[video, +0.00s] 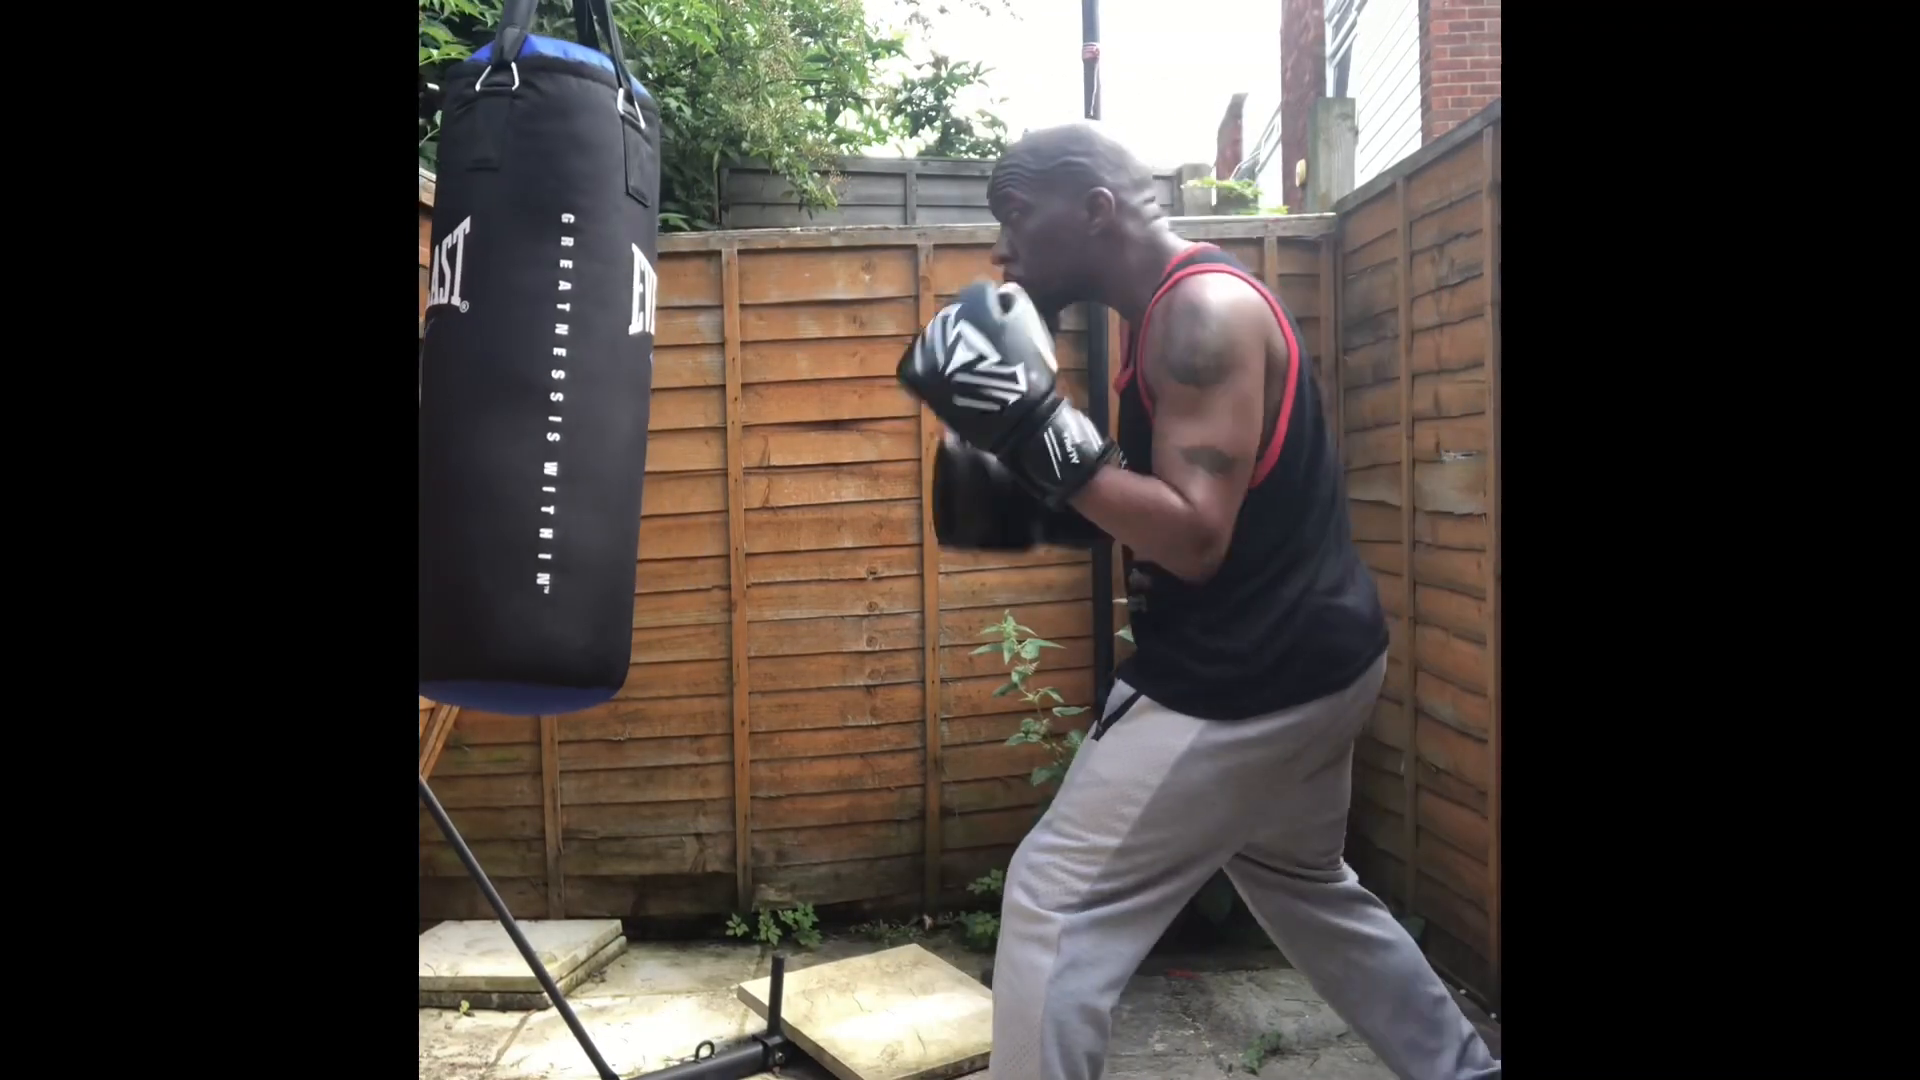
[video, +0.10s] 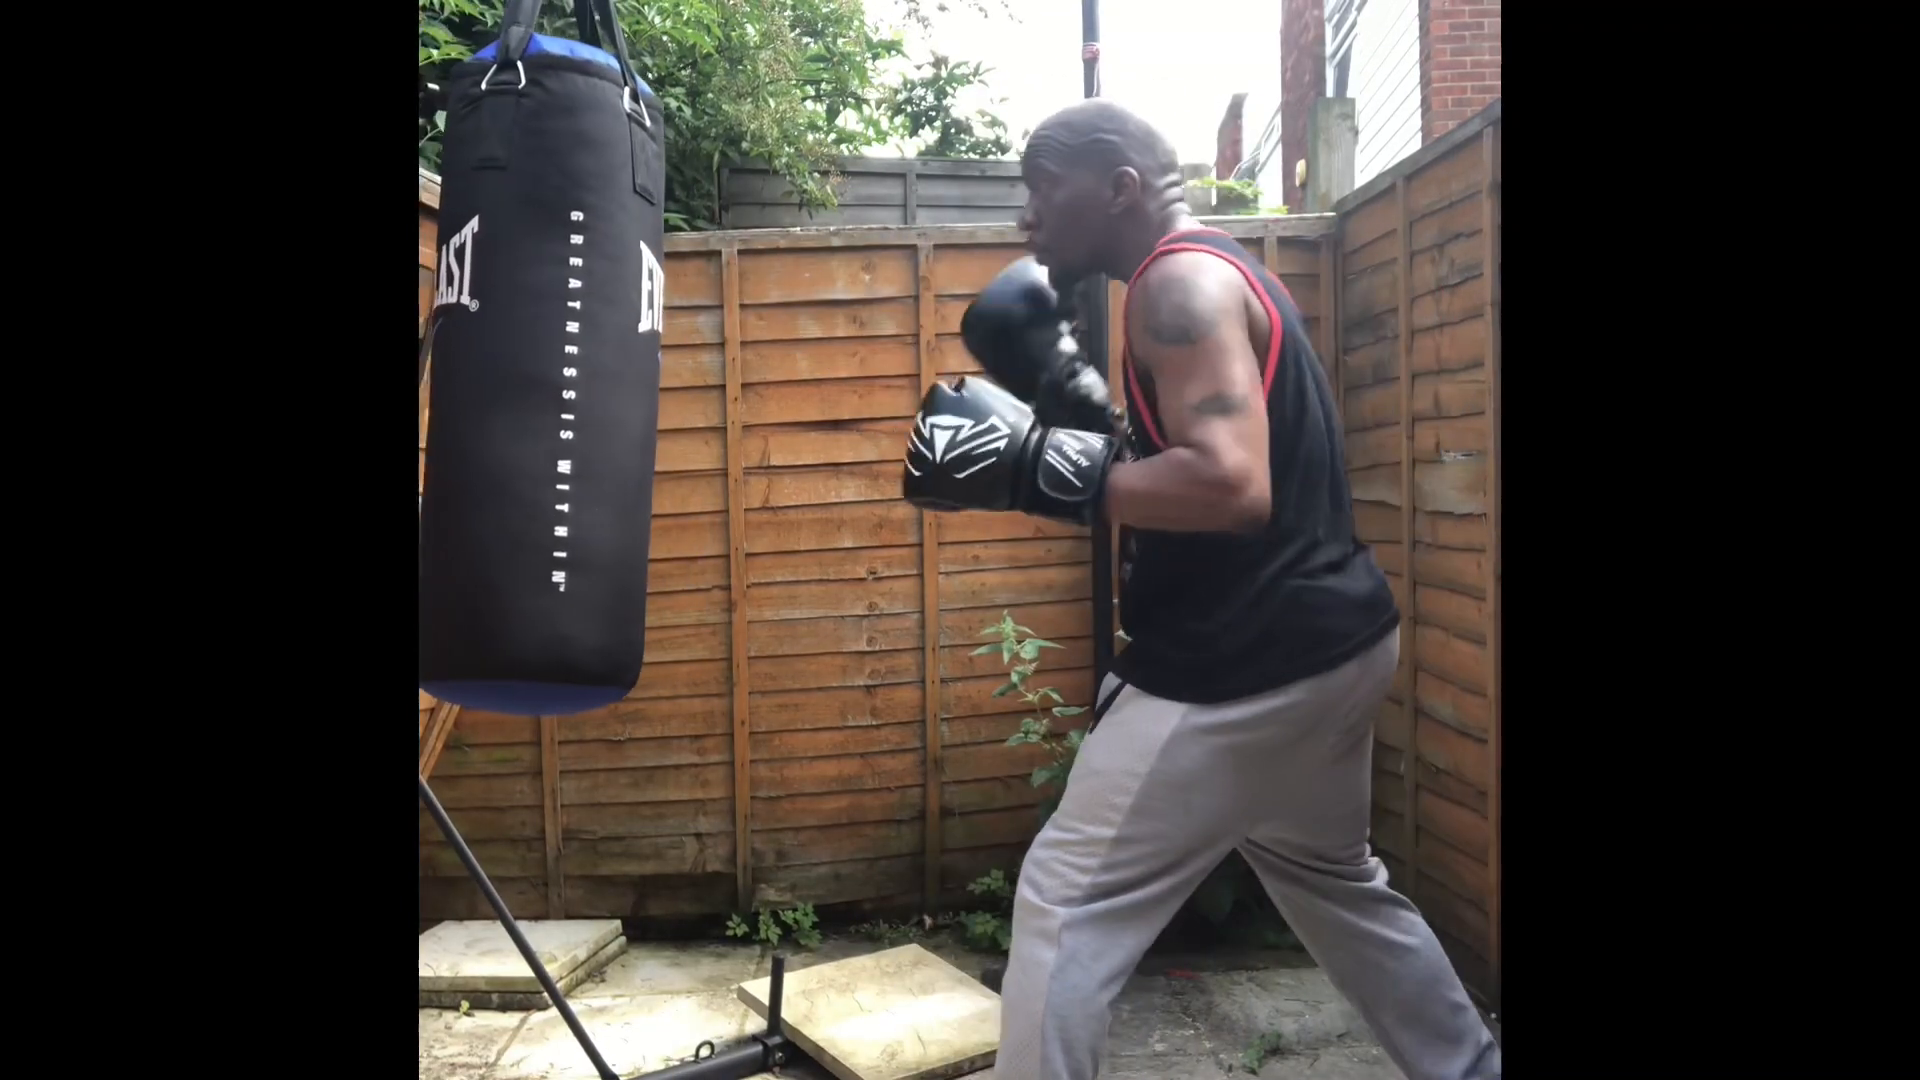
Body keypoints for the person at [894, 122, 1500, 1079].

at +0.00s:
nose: (1003, 252)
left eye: (1015, 219)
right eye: (999, 225)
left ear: (1098, 209)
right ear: (1102, 214)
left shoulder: (1205, 309)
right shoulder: (1159, 314)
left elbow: (1193, 539)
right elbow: (1152, 503)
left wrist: (1040, 426)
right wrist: (1033, 506)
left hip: (1243, 666)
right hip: (1304, 650)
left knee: (1056, 895)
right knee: (1299, 876)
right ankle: (1463, 1065)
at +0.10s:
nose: (1027, 216)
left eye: (1041, 189)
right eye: (1026, 192)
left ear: (1124, 186)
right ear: (1133, 191)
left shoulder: (1179, 283)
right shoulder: (1197, 273)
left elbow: (1232, 485)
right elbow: (1186, 465)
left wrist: (1041, 469)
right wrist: (1081, 395)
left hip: (1233, 662)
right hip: (1325, 636)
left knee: (1065, 899)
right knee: (1332, 877)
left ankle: (1032, 1072)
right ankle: (1470, 1064)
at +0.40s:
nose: (1094, 213)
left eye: (1101, 187)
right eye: (1091, 189)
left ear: (1165, 173)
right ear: (1209, 176)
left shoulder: (1180, 254)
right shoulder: (1325, 257)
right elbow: (1279, 405)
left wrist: (1006, 332)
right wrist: (1132, 400)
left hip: (1232, 649)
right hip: (1379, 626)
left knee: (1079, 892)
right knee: (1388, 879)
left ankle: (1042, 1070)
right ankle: (1479, 1062)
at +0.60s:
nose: (1055, 273)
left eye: (1060, 253)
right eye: (1055, 256)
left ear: (1102, 226)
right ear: (1171, 204)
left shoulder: (1129, 249)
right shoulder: (1300, 283)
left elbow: (940, 335)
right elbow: (1234, 460)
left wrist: (833, 265)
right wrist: (1095, 415)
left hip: (1218, 675)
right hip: (1371, 655)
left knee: (1048, 900)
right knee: (1365, 877)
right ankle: (1480, 1056)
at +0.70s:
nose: (1056, 262)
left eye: (1061, 233)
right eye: (1049, 240)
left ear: (1129, 210)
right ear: (1156, 210)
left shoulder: (1175, 278)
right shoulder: (1261, 277)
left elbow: (1065, 471)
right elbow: (1167, 432)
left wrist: (968, 345)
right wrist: (1050, 366)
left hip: (1234, 676)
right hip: (1351, 654)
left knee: (1049, 895)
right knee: (1333, 887)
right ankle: (1470, 1065)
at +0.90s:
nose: (1061, 280)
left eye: (1068, 248)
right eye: (1049, 258)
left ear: (1143, 209)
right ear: (1135, 218)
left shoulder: (1266, 328)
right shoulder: (1138, 330)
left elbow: (1202, 549)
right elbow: (1108, 498)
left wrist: (1082, 405)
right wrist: (992, 463)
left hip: (1265, 683)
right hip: (1225, 672)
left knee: (1061, 895)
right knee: (1298, 908)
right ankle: (1468, 1064)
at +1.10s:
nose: (1060, 241)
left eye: (1069, 214)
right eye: (1054, 219)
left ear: (1150, 200)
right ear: (1161, 205)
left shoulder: (1219, 297)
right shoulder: (1232, 283)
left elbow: (1272, 509)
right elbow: (1160, 483)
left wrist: (1096, 483)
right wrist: (1093, 342)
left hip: (1256, 680)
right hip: (1340, 662)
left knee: (1083, 901)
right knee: (1326, 883)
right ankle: (1473, 1062)